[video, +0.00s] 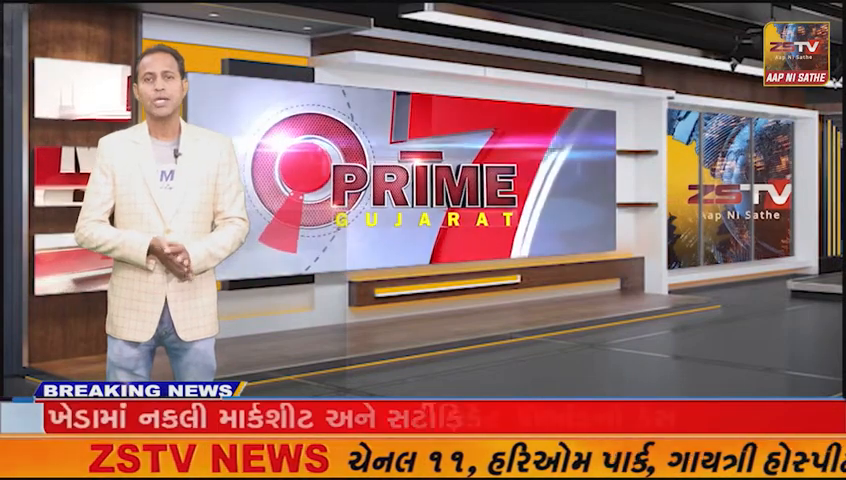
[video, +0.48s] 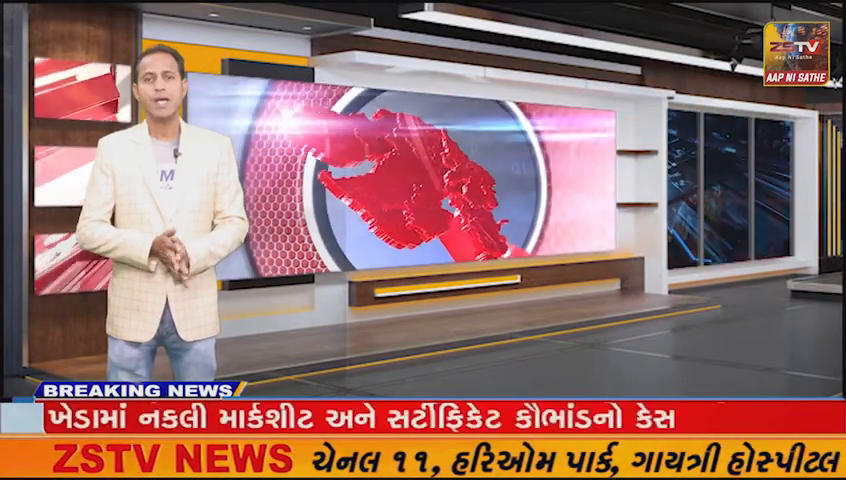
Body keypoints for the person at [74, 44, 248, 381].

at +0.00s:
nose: (159, 86)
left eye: (168, 76)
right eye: (149, 78)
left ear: (184, 86)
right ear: (136, 91)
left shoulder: (217, 147)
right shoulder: (113, 147)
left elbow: (235, 222)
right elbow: (88, 228)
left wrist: (195, 256)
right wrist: (147, 245)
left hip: (193, 302)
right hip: (132, 303)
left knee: (199, 413)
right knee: (123, 416)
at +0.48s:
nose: (160, 86)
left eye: (169, 77)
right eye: (149, 78)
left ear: (184, 86)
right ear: (137, 91)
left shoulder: (216, 146)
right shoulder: (113, 148)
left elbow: (235, 222)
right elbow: (89, 228)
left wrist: (194, 255)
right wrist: (148, 245)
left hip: (194, 303)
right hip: (132, 303)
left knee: (200, 414)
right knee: (124, 416)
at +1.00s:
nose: (159, 85)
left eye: (168, 76)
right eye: (149, 78)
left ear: (183, 87)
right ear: (136, 91)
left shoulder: (216, 147)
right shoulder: (112, 149)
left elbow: (242, 220)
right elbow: (84, 228)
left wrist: (201, 255)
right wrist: (140, 251)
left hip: (195, 303)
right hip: (133, 304)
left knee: (201, 416)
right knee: (125, 417)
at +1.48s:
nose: (161, 85)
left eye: (170, 77)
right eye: (150, 78)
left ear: (185, 87)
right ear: (137, 91)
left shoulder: (216, 148)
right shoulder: (114, 149)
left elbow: (241, 222)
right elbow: (82, 229)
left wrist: (203, 268)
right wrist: (140, 266)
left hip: (196, 308)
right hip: (134, 308)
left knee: (201, 419)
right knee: (124, 420)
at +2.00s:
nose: (163, 86)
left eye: (172, 77)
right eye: (152, 78)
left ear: (186, 87)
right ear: (139, 90)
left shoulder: (217, 148)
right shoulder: (114, 149)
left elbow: (238, 224)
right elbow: (89, 232)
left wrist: (200, 279)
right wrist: (146, 279)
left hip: (198, 309)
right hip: (134, 310)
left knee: (203, 420)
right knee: (126, 421)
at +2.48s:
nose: (164, 86)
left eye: (173, 78)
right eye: (154, 78)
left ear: (187, 87)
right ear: (140, 89)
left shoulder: (219, 147)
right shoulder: (114, 149)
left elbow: (239, 224)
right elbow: (92, 232)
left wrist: (201, 279)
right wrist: (145, 279)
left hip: (198, 310)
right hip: (134, 310)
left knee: (204, 420)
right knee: (127, 421)